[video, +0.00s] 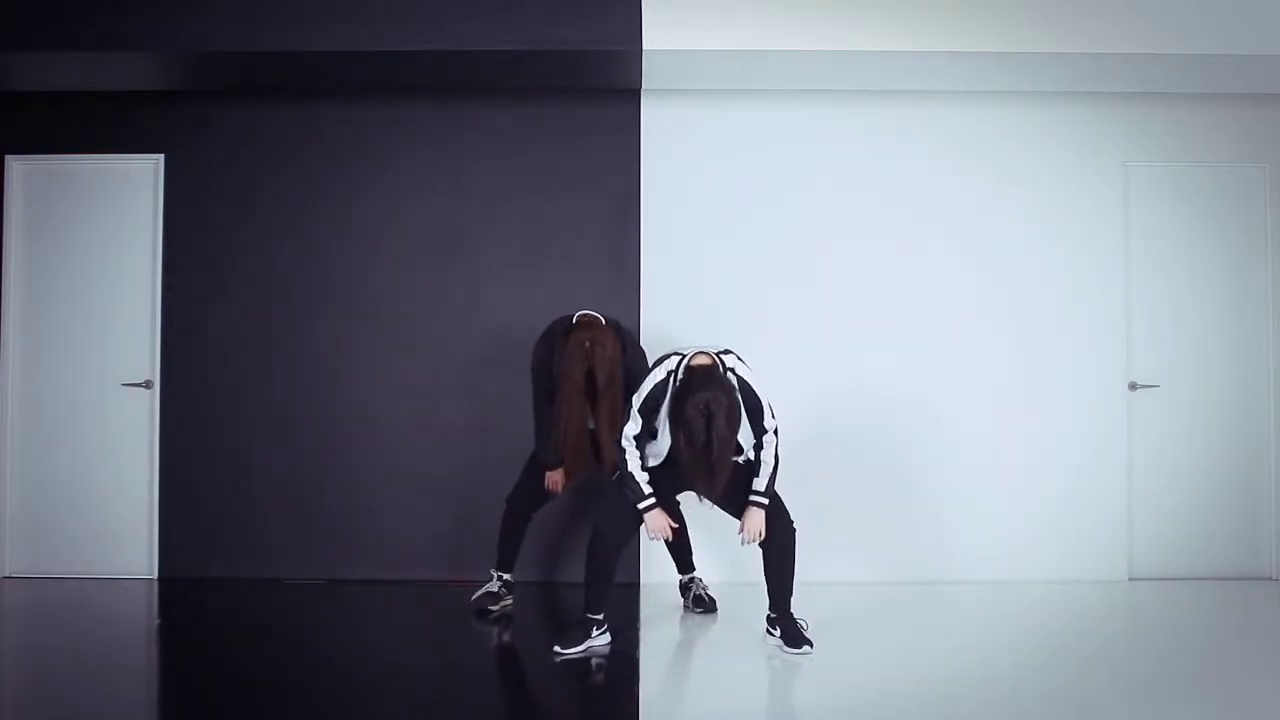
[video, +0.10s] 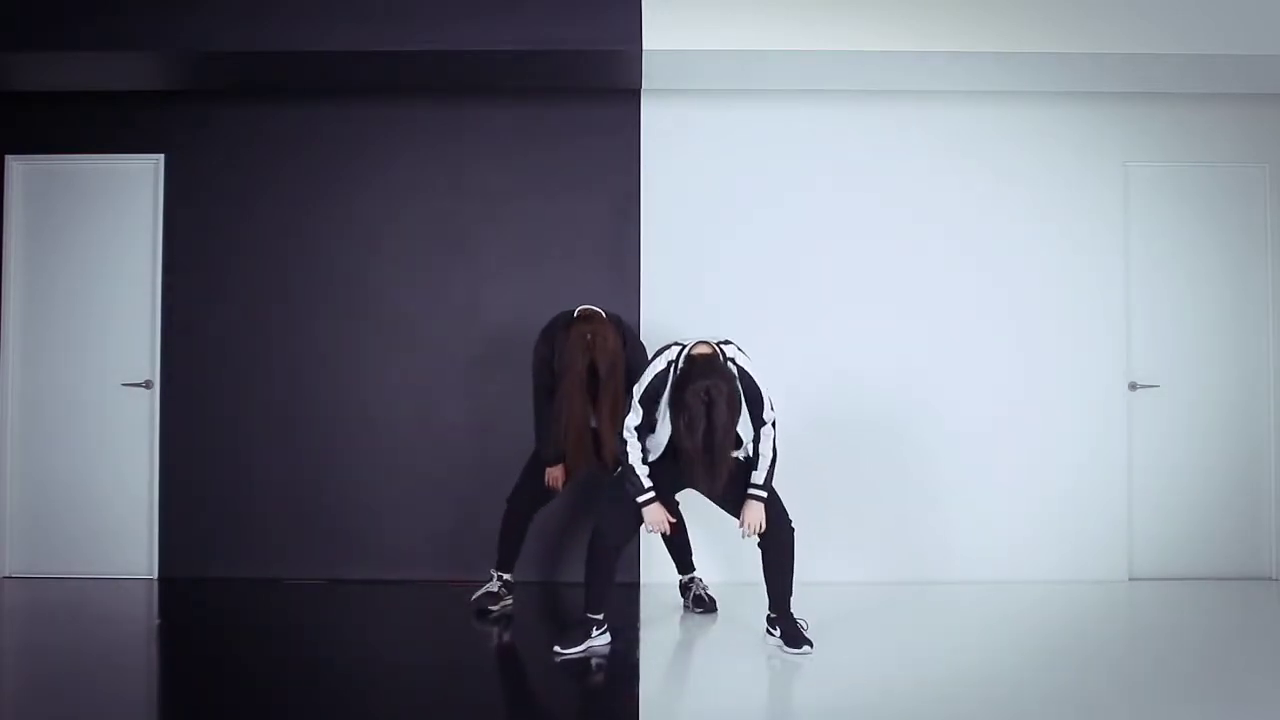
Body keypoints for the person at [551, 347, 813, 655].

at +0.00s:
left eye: (716, 434)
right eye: (700, 436)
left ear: (727, 400)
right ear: (683, 403)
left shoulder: (739, 379)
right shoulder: (661, 380)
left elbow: (768, 435)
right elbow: (628, 441)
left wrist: (757, 503)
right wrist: (649, 506)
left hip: (721, 463)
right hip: (663, 464)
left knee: (781, 526)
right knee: (609, 529)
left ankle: (780, 616)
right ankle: (596, 623)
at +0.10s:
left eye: (716, 420)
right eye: (700, 420)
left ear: (726, 388)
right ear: (682, 390)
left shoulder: (739, 368)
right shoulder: (662, 370)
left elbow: (766, 426)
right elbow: (631, 432)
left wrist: (756, 495)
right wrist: (647, 499)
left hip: (721, 461)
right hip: (663, 461)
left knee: (779, 526)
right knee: (609, 525)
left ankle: (780, 617)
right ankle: (595, 621)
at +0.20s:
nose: (710, 421)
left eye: (717, 415)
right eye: (702, 416)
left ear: (728, 379)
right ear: (683, 381)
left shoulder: (740, 359)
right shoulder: (664, 358)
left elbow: (764, 417)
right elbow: (631, 421)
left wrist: (755, 488)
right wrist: (647, 492)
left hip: (722, 457)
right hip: (665, 457)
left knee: (777, 527)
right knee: (612, 523)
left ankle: (780, 617)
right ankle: (595, 623)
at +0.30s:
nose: (709, 411)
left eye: (717, 404)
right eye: (701, 404)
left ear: (728, 365)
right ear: (684, 367)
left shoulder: (740, 351)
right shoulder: (663, 350)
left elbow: (761, 413)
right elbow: (632, 415)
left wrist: (753, 481)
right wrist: (645, 484)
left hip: (722, 454)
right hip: (666, 454)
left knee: (773, 526)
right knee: (613, 521)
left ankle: (780, 616)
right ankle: (595, 621)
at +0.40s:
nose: (708, 400)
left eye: (716, 391)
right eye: (700, 391)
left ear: (728, 359)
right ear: (684, 360)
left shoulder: (742, 351)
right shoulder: (661, 344)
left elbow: (758, 413)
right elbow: (631, 408)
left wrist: (751, 475)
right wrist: (643, 477)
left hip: (722, 453)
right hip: (664, 452)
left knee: (772, 529)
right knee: (612, 525)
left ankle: (780, 617)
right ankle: (596, 622)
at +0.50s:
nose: (707, 390)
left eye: (715, 382)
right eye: (699, 382)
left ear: (728, 352)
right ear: (682, 354)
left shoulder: (743, 347)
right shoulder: (657, 340)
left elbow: (756, 409)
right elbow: (632, 402)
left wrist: (749, 469)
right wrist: (642, 471)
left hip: (721, 450)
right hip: (664, 448)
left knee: (769, 529)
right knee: (613, 529)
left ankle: (780, 617)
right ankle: (596, 621)